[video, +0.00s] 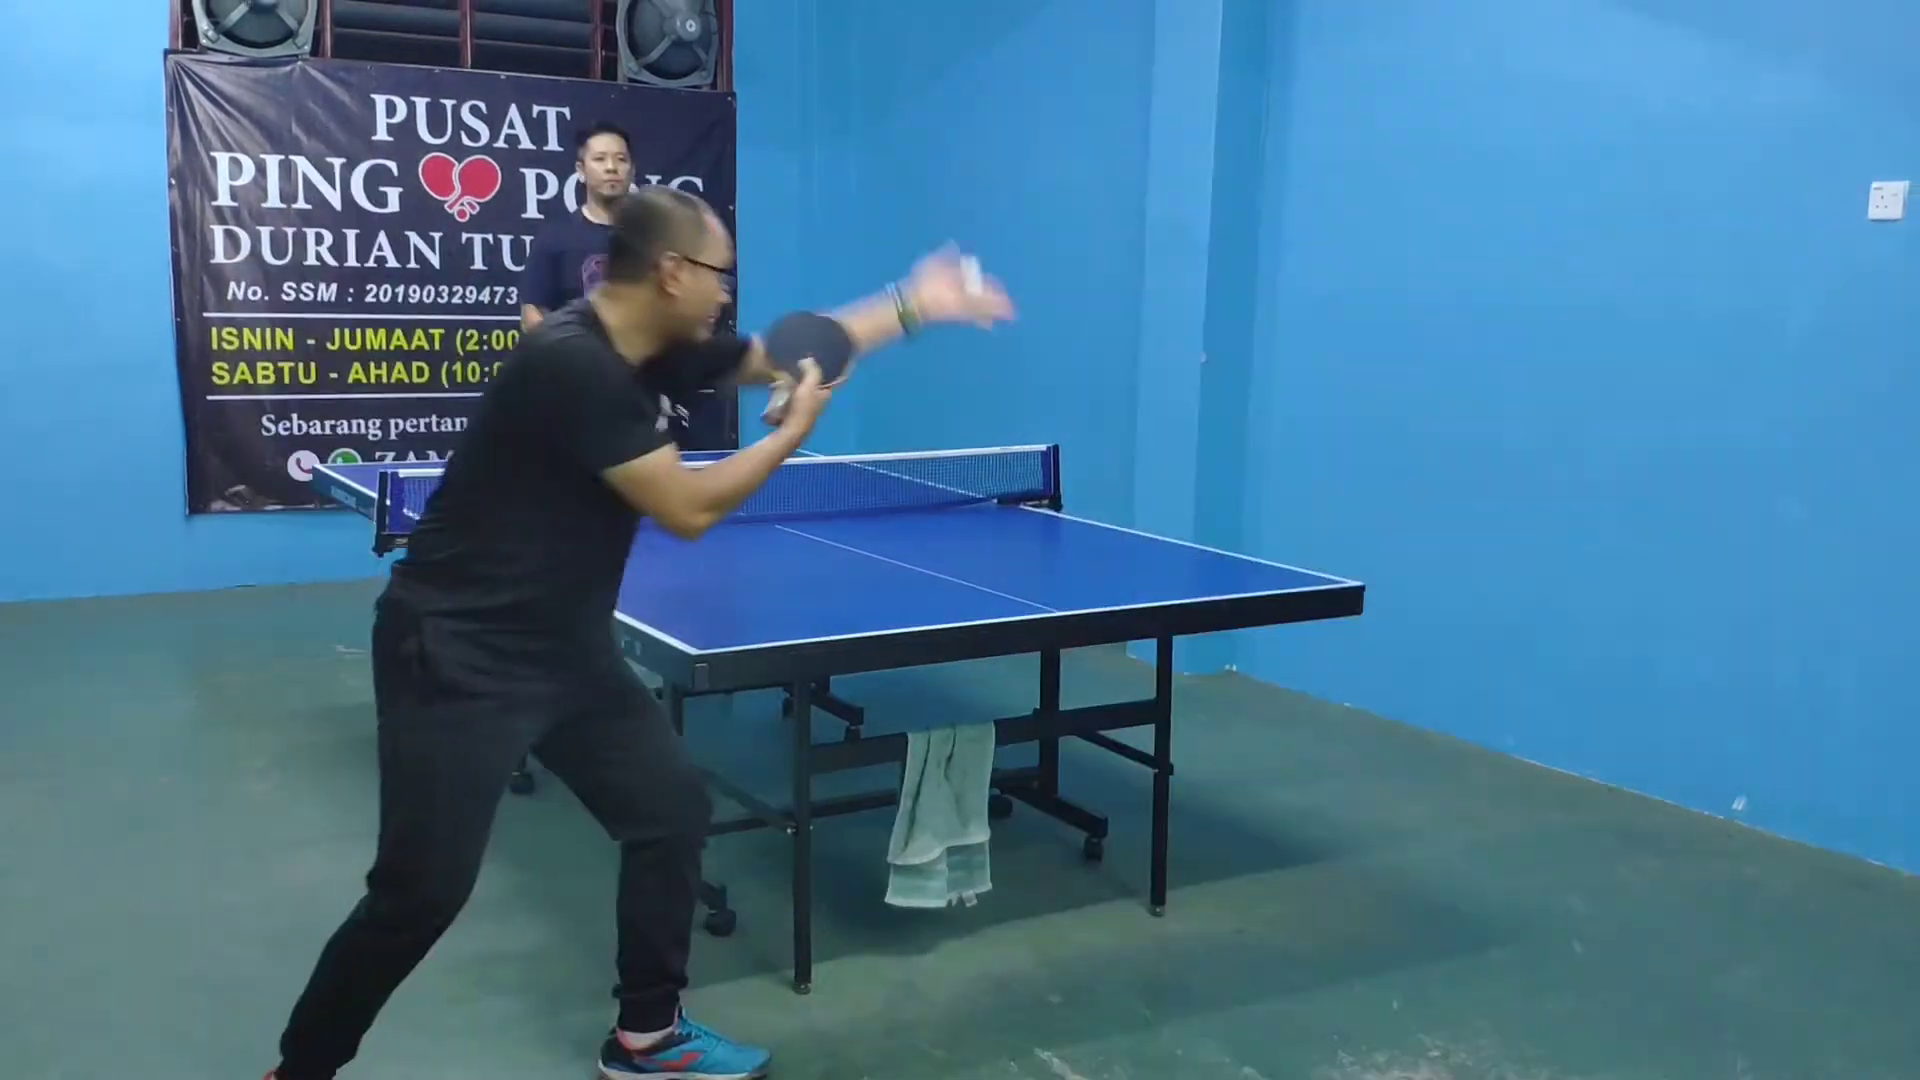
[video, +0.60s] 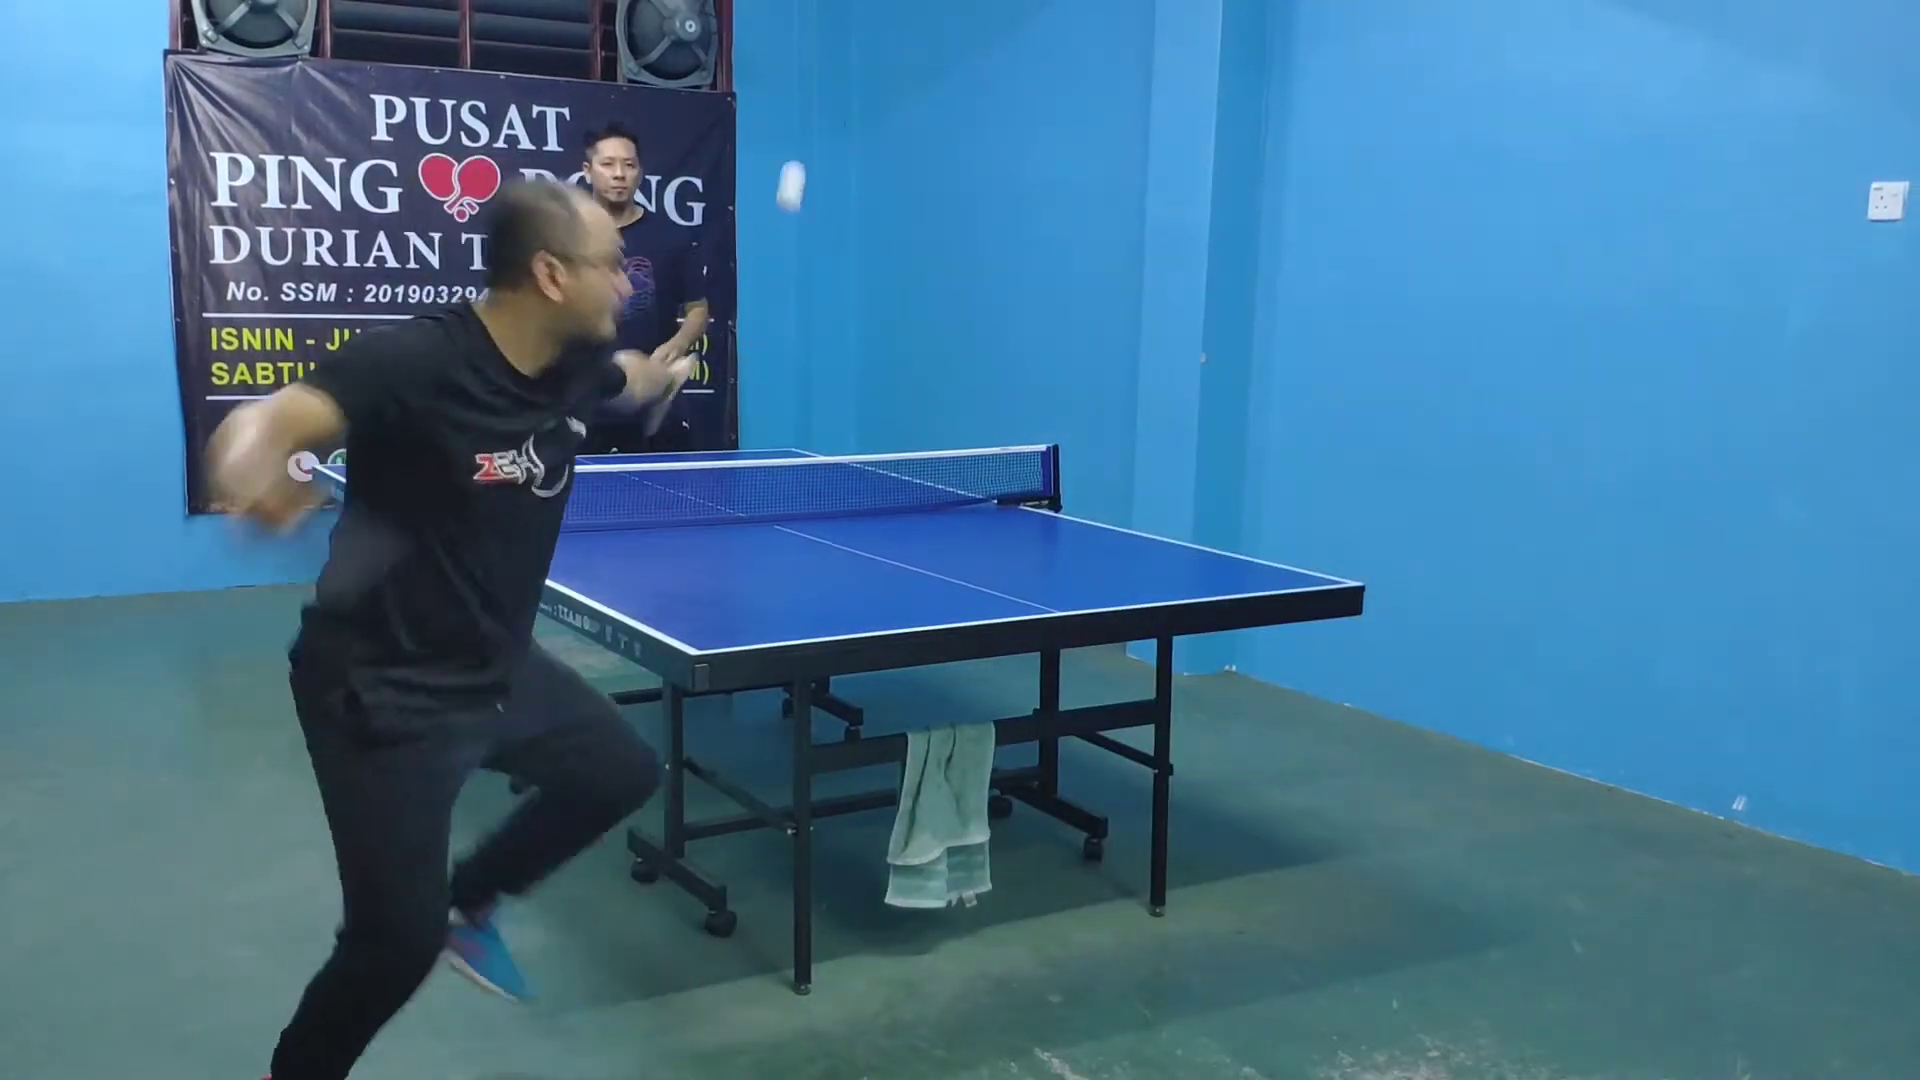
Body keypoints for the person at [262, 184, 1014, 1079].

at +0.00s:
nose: (727, 292)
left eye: (726, 273)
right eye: (720, 272)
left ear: (664, 271)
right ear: (669, 273)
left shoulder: (662, 350)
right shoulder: (568, 366)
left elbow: (780, 360)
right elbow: (686, 506)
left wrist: (910, 305)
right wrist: (791, 430)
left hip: (564, 648)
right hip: (452, 646)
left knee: (670, 810)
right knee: (423, 888)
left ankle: (646, 1034)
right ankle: (302, 1067)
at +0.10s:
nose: (661, 265)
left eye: (657, 248)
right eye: (650, 249)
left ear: (594, 257)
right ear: (598, 261)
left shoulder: (604, 330)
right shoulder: (504, 377)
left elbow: (730, 275)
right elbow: (596, 545)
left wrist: (837, 195)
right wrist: (716, 494)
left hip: (544, 646)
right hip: (427, 659)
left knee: (653, 813)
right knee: (403, 898)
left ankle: (647, 1034)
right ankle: (298, 1069)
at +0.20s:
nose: (602, 249)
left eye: (596, 233)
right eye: (586, 235)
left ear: (537, 255)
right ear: (536, 257)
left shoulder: (561, 316)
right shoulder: (441, 395)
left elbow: (678, 250)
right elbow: (474, 586)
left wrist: (777, 168)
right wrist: (621, 583)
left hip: (508, 644)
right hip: (392, 659)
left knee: (623, 808)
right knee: (385, 898)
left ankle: (638, 1029)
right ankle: (292, 1068)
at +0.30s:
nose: (562, 237)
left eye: (552, 220)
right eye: (543, 224)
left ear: (495, 257)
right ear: (494, 259)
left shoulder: (539, 326)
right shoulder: (393, 406)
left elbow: (652, 262)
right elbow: (356, 597)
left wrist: (750, 190)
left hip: (485, 646)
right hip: (368, 669)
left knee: (610, 792)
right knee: (374, 900)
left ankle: (596, 1015)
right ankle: (293, 1067)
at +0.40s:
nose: (553, 238)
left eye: (545, 221)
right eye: (534, 225)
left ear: (491, 254)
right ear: (481, 256)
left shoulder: (543, 324)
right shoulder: (374, 395)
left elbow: (644, 289)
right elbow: (278, 570)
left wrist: (739, 242)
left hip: (493, 657)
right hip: (377, 692)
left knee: (592, 803)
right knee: (374, 909)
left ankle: (544, 1019)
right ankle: (293, 1070)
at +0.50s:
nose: (576, 232)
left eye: (568, 216)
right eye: (559, 219)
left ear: (512, 245)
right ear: (506, 245)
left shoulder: (562, 327)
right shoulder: (386, 376)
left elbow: (648, 328)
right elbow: (243, 502)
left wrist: (714, 310)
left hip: (485, 650)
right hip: (369, 670)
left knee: (586, 785)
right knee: (382, 906)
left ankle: (538, 1003)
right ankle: (295, 1069)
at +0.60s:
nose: (625, 282)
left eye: (622, 263)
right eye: (610, 264)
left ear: (553, 278)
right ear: (550, 277)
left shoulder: (577, 369)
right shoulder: (416, 362)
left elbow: (635, 378)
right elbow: (260, 429)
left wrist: (669, 364)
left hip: (494, 660)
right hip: (379, 680)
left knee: (619, 775)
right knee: (398, 940)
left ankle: (464, 904)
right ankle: (298, 1070)